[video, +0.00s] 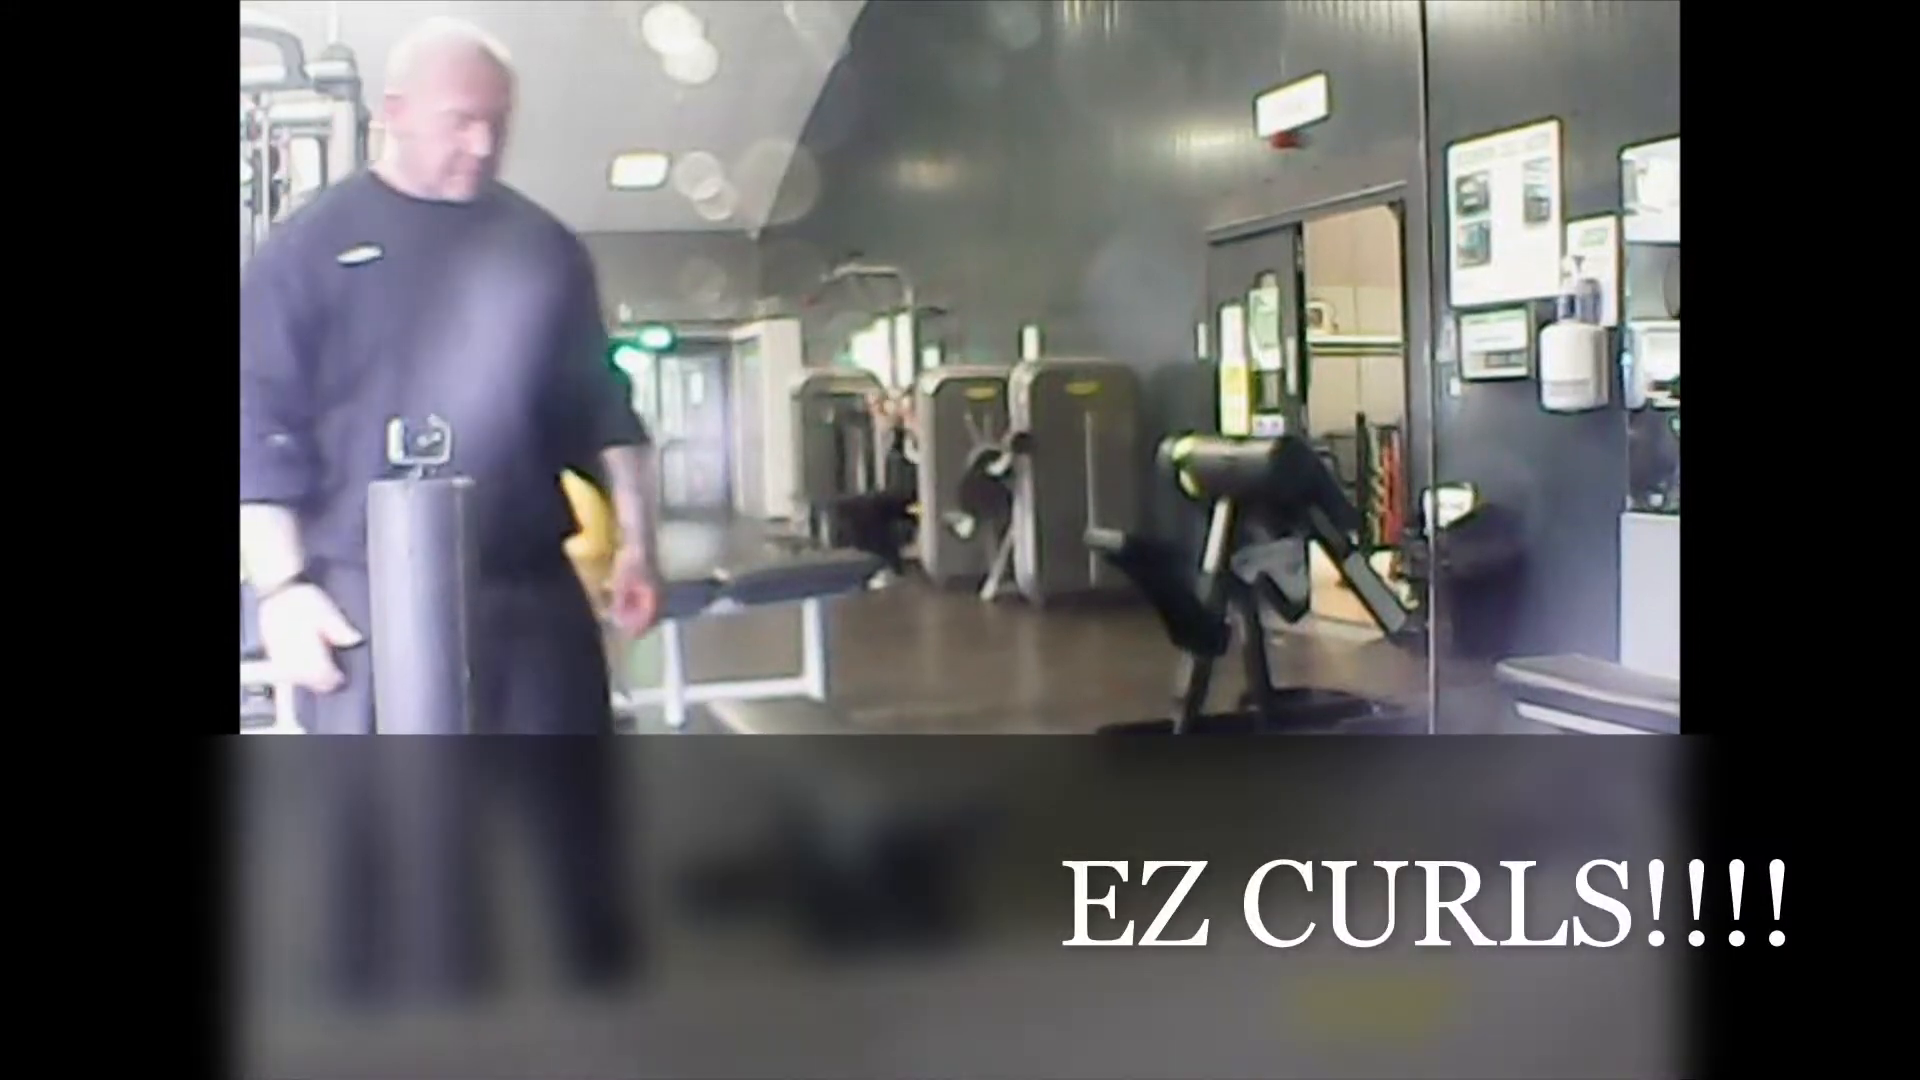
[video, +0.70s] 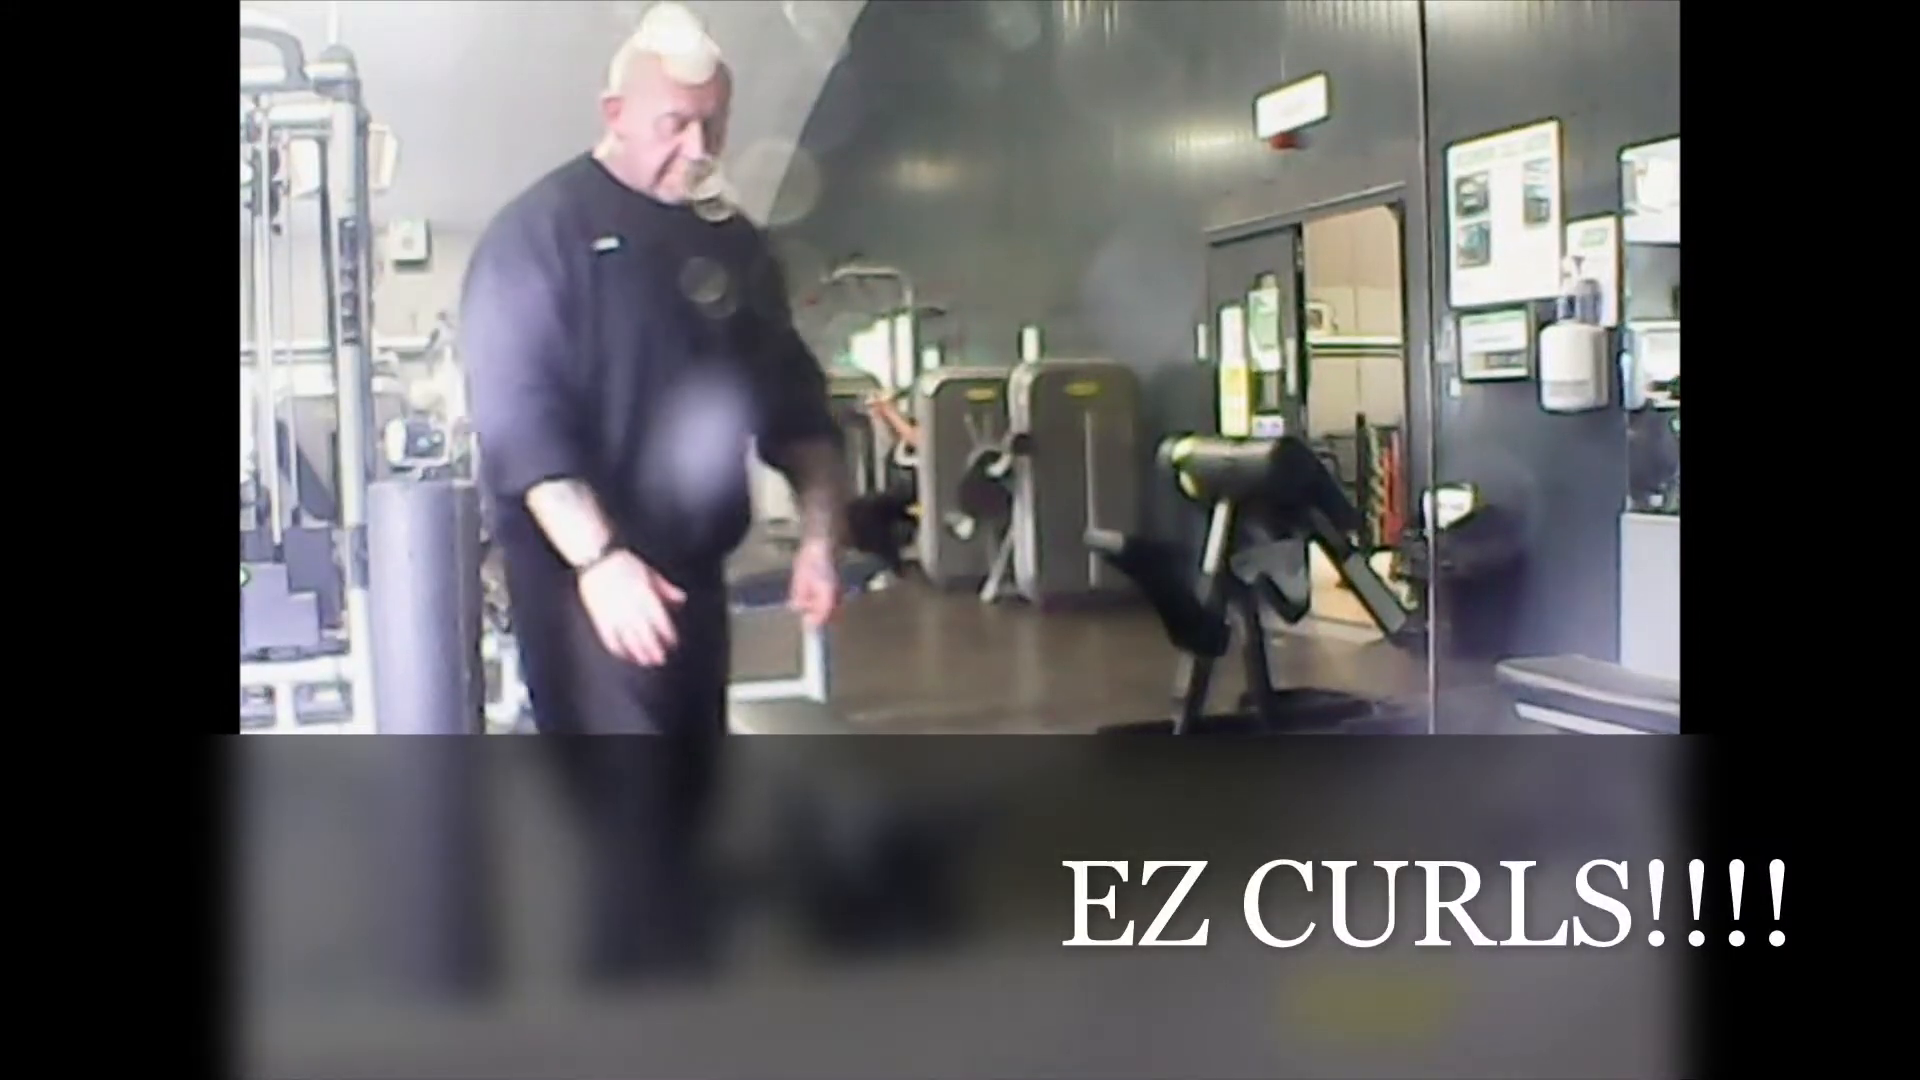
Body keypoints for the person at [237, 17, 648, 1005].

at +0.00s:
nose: (484, 144)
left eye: (497, 121)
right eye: (461, 120)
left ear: (511, 119)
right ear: (392, 112)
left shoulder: (544, 248)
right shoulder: (300, 255)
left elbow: (604, 406)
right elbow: (264, 437)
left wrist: (636, 540)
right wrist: (277, 589)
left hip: (527, 603)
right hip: (367, 612)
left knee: (583, 854)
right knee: (376, 863)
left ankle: (604, 1033)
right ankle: (378, 1046)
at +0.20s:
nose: (565, 144)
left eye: (578, 124)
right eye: (544, 120)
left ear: (590, 126)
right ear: (479, 111)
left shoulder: (612, 252)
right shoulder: (386, 238)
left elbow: (660, 408)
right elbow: (330, 423)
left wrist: (679, 535)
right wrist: (360, 584)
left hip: (583, 598)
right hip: (429, 598)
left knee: (615, 853)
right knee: (425, 863)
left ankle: (613, 1039)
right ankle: (431, 1052)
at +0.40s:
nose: (649, 144)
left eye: (662, 125)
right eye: (630, 120)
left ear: (672, 126)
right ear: (567, 110)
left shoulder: (677, 242)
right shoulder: (479, 225)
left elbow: (714, 393)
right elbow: (444, 403)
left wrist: (743, 525)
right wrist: (505, 544)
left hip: (641, 567)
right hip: (506, 560)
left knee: (647, 800)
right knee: (489, 802)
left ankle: (612, 1009)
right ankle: (470, 1010)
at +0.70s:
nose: (695, 148)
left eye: (711, 126)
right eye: (673, 122)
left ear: (726, 124)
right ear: (611, 112)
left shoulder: (733, 244)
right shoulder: (536, 232)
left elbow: (793, 400)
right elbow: (517, 416)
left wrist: (822, 529)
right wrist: (597, 562)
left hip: (691, 570)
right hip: (575, 569)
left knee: (684, 805)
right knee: (635, 810)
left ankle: (655, 1014)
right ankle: (637, 1021)